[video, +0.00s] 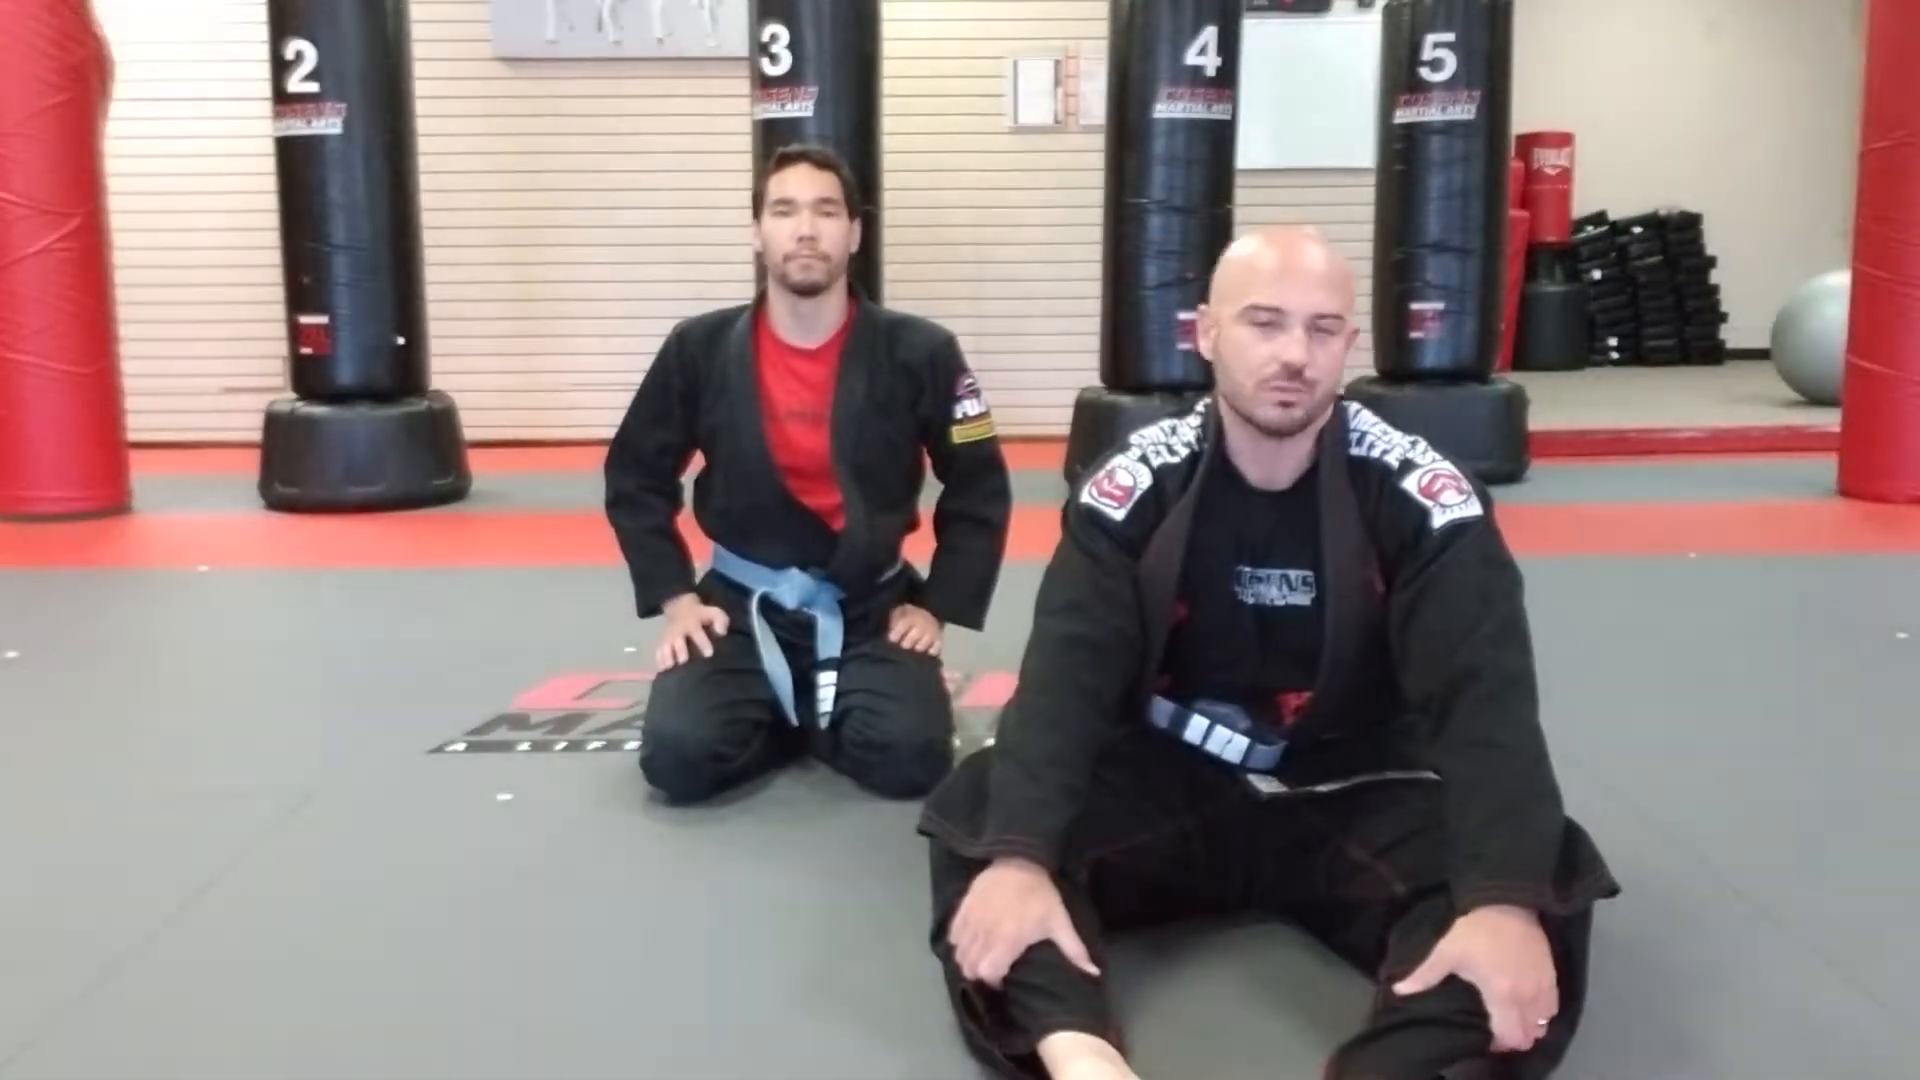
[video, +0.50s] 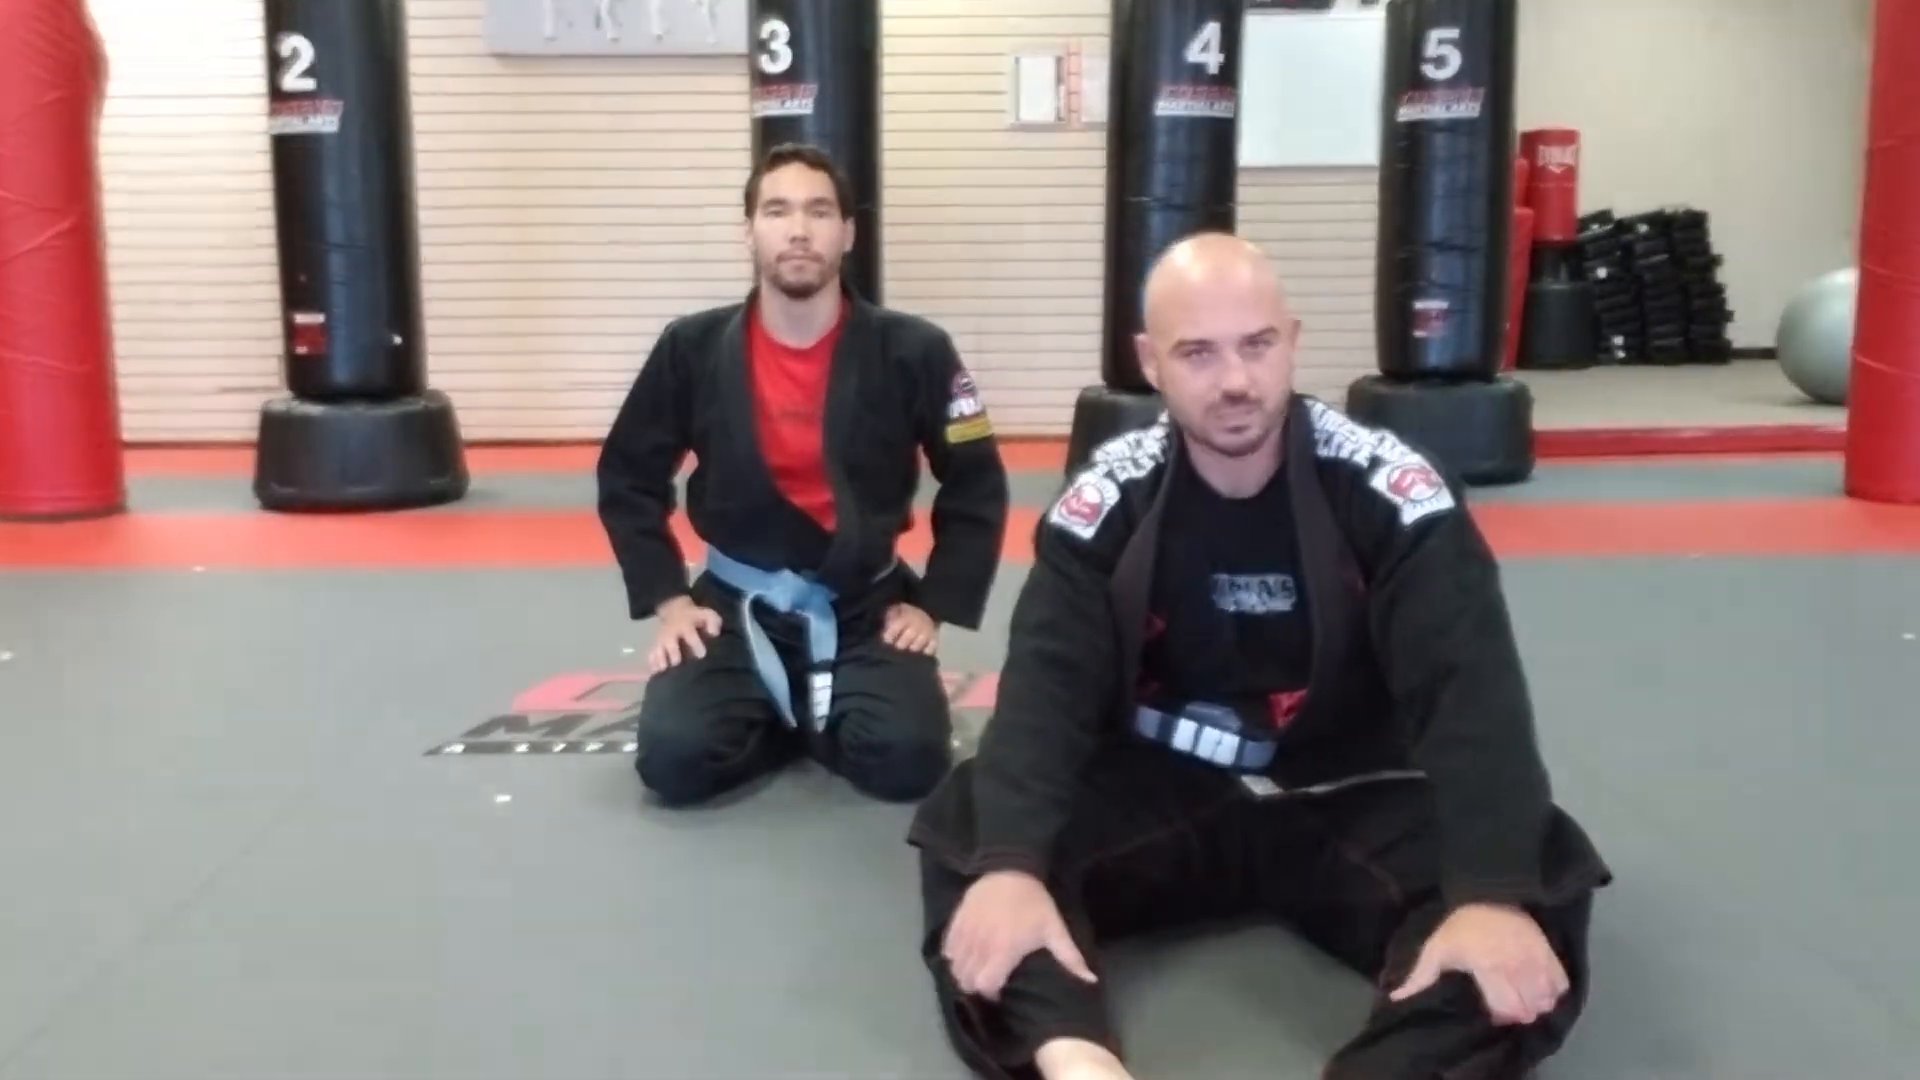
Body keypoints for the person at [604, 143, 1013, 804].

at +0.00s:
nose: (805, 228)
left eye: (826, 211)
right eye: (784, 211)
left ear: (855, 234)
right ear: (758, 233)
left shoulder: (919, 355)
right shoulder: (700, 351)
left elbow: (979, 485)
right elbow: (636, 475)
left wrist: (938, 607)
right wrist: (674, 595)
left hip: (871, 605)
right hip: (741, 601)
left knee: (911, 760)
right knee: (680, 760)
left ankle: (784, 702)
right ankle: (802, 718)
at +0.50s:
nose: (798, 228)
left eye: (819, 211)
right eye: (777, 211)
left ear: (848, 234)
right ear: (750, 235)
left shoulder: (913, 354)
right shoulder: (693, 350)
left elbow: (976, 482)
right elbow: (628, 474)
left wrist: (933, 607)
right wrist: (667, 597)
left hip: (866, 603)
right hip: (735, 599)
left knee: (908, 763)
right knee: (676, 763)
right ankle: (801, 720)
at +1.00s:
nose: (795, 232)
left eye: (815, 215)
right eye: (774, 216)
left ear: (844, 237)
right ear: (749, 239)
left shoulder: (913, 355)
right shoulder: (694, 353)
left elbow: (974, 484)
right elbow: (631, 478)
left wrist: (932, 605)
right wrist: (669, 597)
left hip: (867, 605)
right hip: (736, 601)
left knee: (908, 760)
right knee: (678, 759)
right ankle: (804, 713)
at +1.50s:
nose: (772, 275)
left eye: (792, 252)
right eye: (749, 254)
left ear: (824, 257)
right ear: (725, 263)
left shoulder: (889, 370)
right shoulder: (676, 374)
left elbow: (936, 519)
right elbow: (628, 518)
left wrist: (872, 621)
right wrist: (627, 646)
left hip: (861, 609)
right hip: (735, 604)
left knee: (919, 758)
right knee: (676, 749)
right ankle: (809, 708)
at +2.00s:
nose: (596, 547)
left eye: (614, 519)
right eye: (571, 527)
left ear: (663, 472)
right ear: (547, 503)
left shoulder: (767, 474)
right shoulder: (546, 512)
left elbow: (849, 619)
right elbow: (555, 624)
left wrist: (813, 765)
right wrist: (582, 752)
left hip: (798, 556)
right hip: (672, 576)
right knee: (643, 711)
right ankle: (785, 714)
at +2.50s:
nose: (674, 532)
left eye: (692, 503)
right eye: (651, 510)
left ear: (733, 462)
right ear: (628, 491)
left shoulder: (820, 484)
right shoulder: (626, 484)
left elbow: (852, 620)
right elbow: (590, 614)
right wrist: (588, 747)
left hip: (880, 431)